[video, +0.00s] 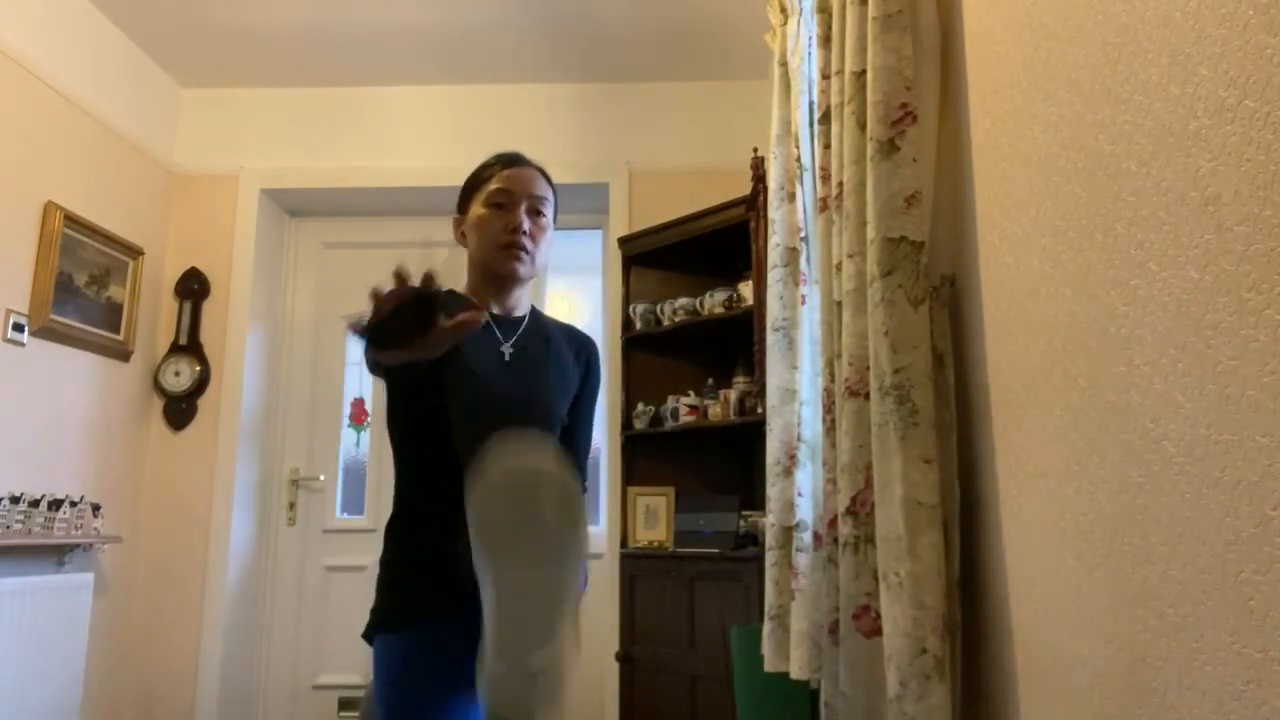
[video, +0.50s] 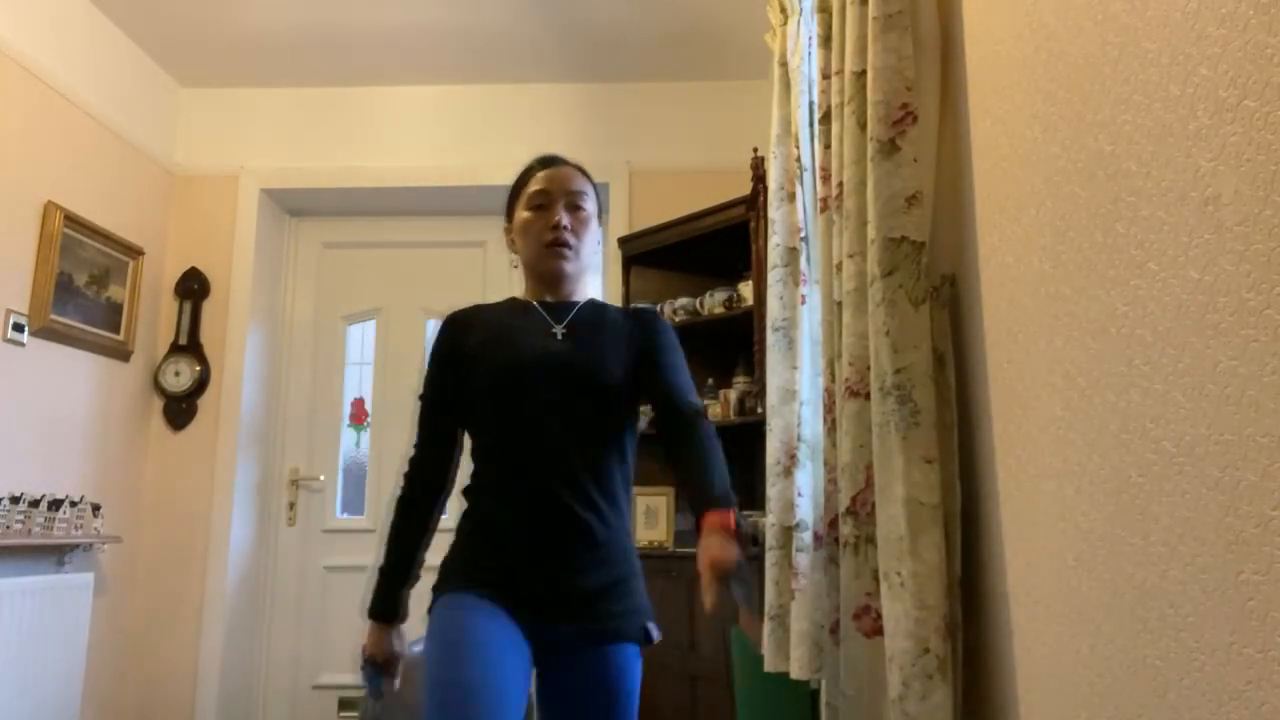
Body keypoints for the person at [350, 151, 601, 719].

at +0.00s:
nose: (521, 220)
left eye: (538, 211)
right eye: (500, 204)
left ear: (549, 238)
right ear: (461, 227)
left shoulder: (575, 352)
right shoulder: (422, 322)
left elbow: (573, 478)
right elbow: (385, 348)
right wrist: (401, 335)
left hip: (533, 600)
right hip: (426, 596)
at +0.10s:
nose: (523, 212)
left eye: (540, 204)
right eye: (503, 196)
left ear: (554, 233)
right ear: (465, 219)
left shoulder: (579, 343)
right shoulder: (416, 307)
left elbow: (578, 471)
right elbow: (383, 359)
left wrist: (566, 557)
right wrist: (368, 411)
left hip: (537, 548)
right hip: (431, 554)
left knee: (523, 633)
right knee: (414, 708)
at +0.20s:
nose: (528, 209)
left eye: (545, 200)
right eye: (508, 194)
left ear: (558, 229)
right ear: (471, 219)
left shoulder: (589, 338)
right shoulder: (416, 314)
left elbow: (593, 472)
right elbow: (371, 421)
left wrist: (584, 580)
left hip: (547, 582)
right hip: (433, 577)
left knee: (541, 710)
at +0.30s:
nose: (535, 218)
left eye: (553, 209)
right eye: (515, 204)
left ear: (569, 237)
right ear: (480, 229)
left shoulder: (606, 341)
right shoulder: (430, 329)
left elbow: (621, 480)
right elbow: (381, 467)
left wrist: (629, 603)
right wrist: (335, 595)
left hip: (568, 620)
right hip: (442, 615)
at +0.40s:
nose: (549, 217)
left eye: (566, 207)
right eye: (529, 204)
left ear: (584, 234)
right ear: (497, 231)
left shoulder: (627, 336)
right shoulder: (449, 329)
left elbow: (656, 468)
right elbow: (407, 472)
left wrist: (689, 606)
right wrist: (354, 617)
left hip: (586, 617)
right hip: (464, 613)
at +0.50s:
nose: (559, 217)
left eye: (577, 205)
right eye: (539, 204)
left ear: (599, 234)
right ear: (512, 235)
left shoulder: (641, 331)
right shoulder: (468, 332)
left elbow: (687, 423)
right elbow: (429, 477)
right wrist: (385, 612)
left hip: (600, 591)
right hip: (485, 588)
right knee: (468, 707)